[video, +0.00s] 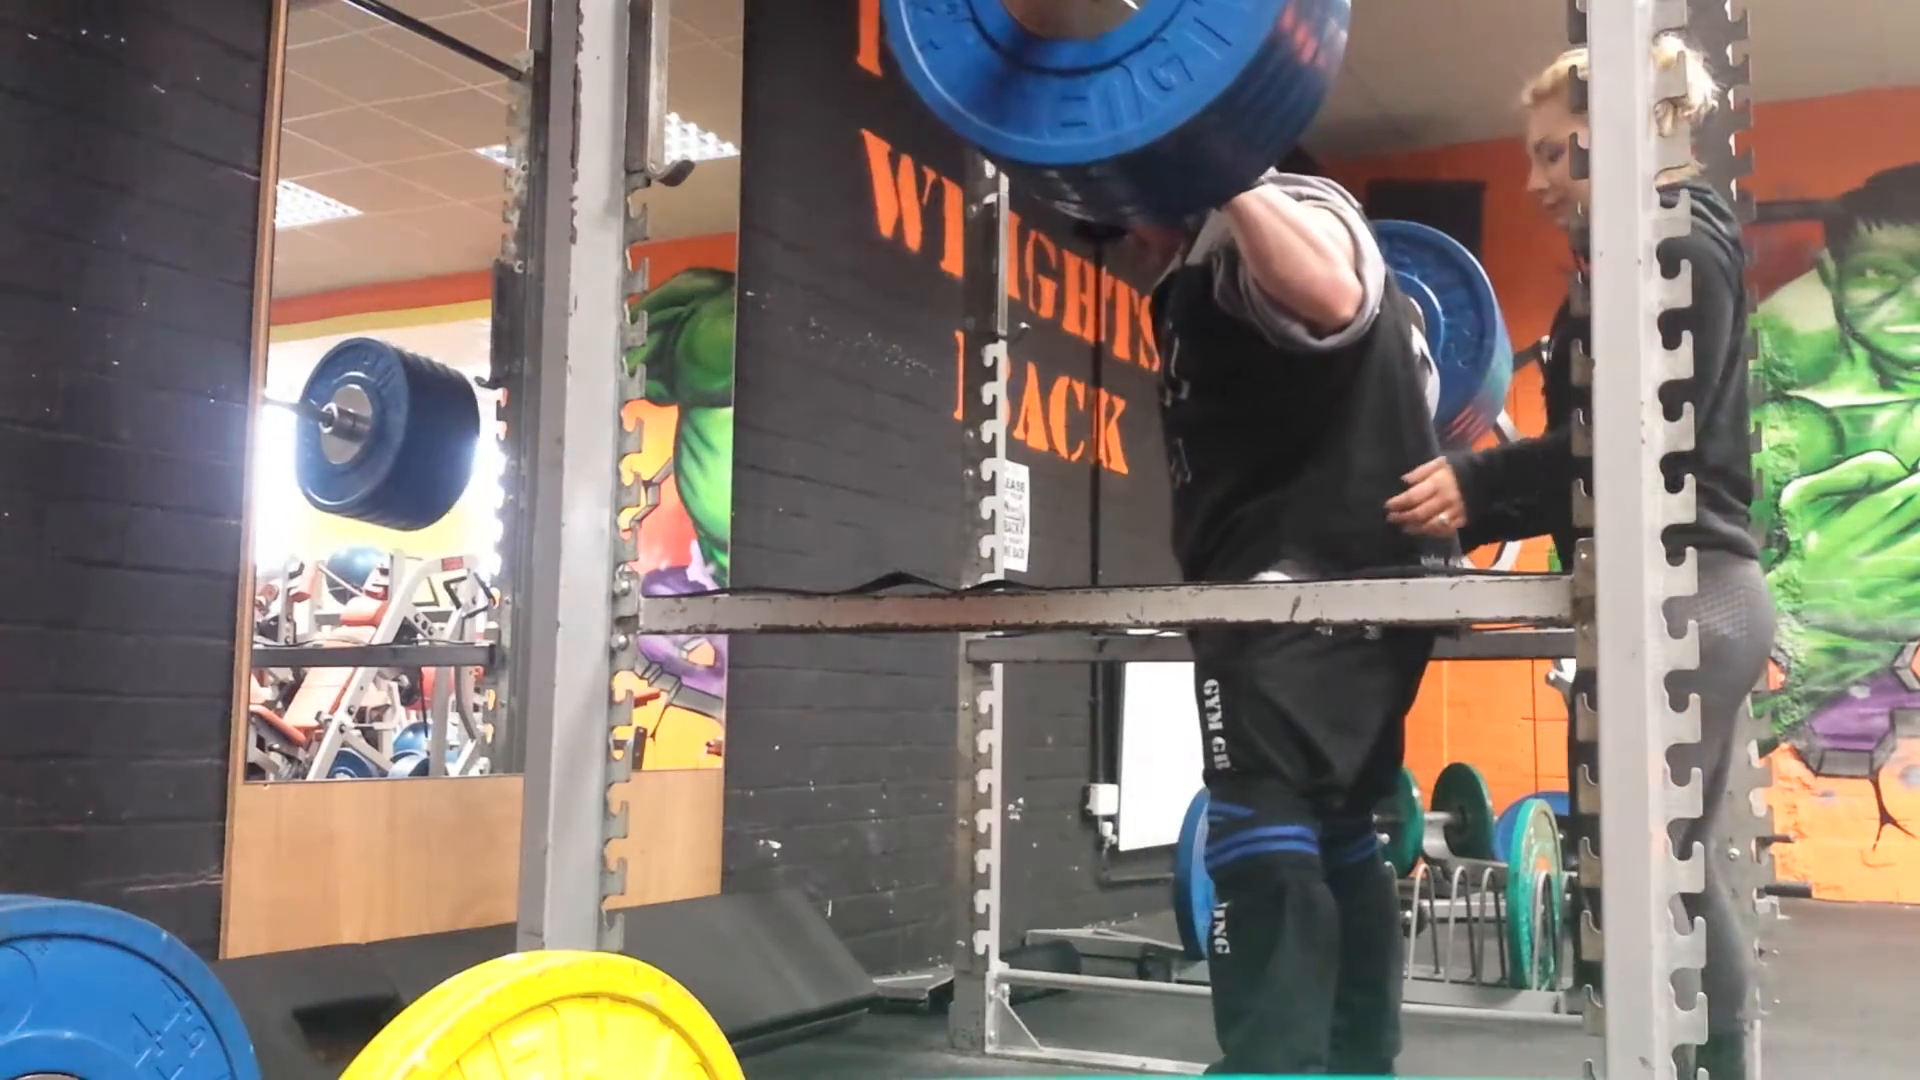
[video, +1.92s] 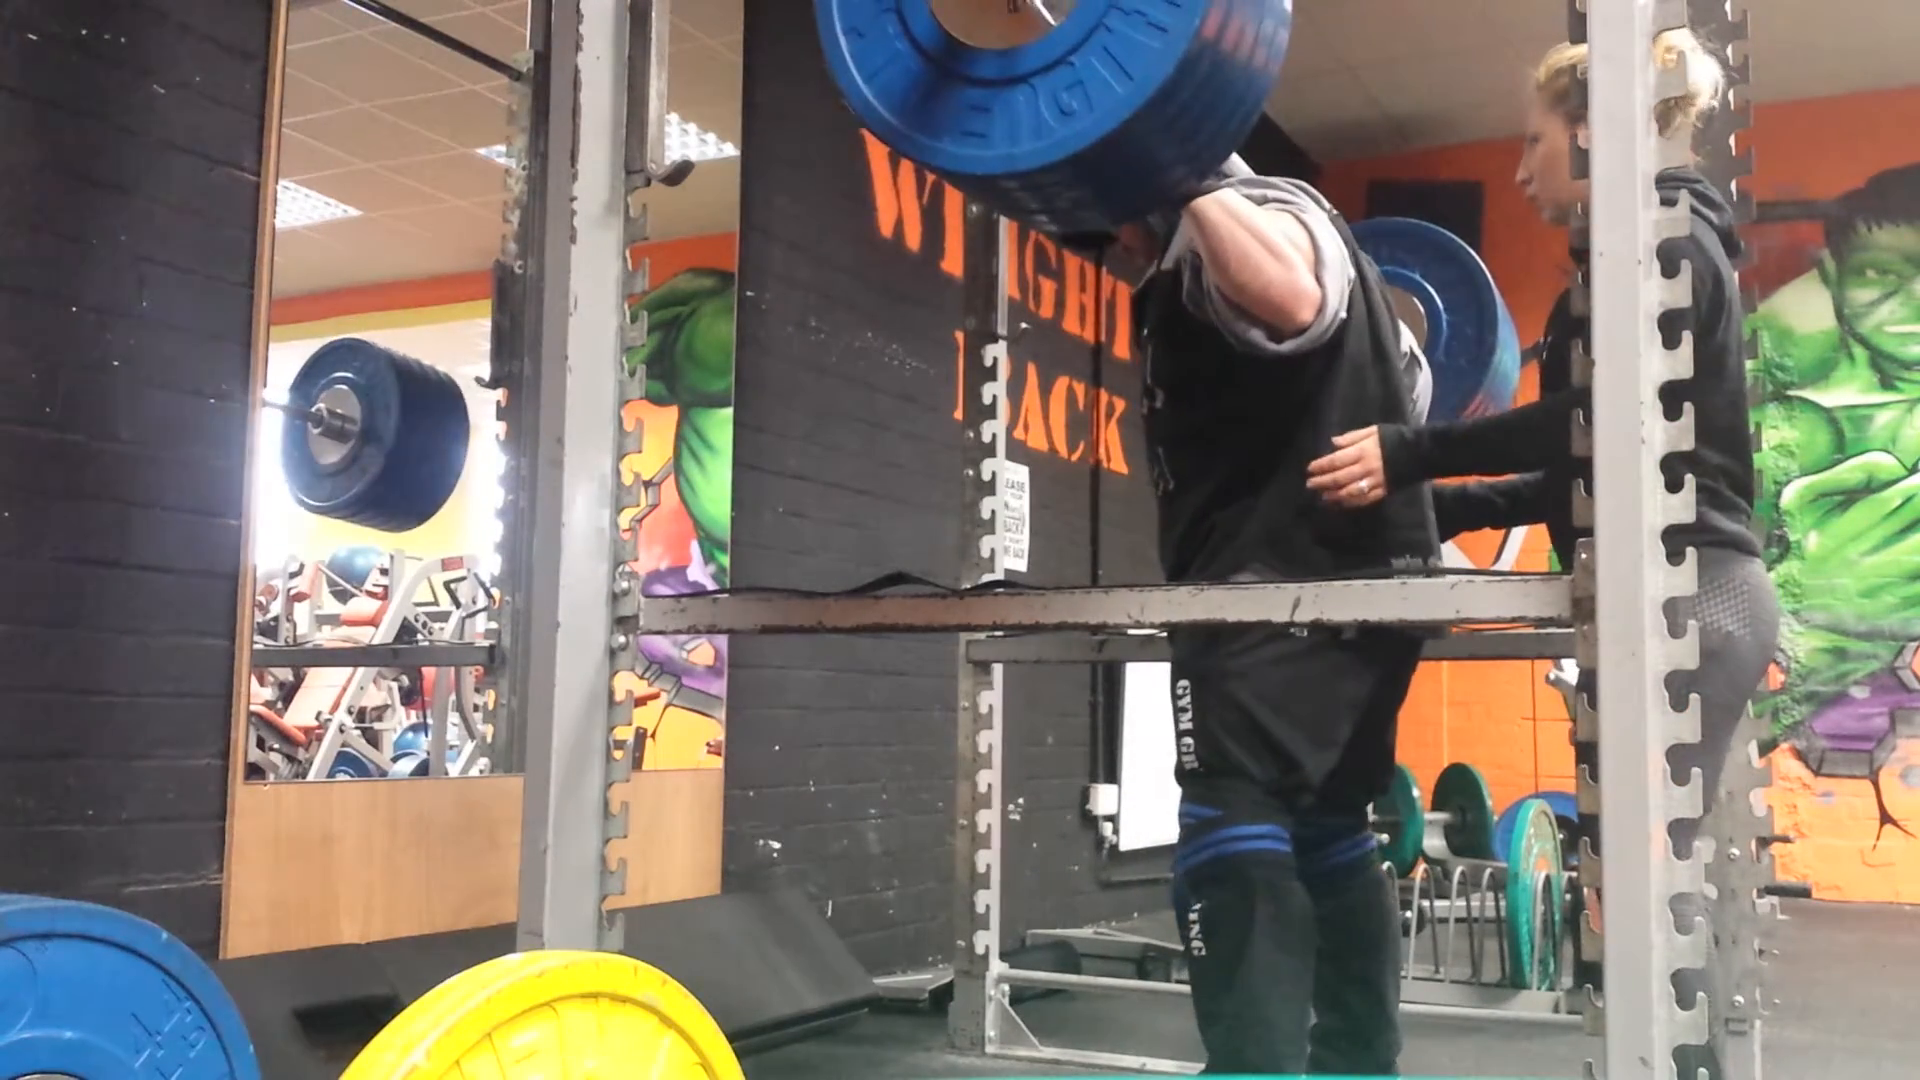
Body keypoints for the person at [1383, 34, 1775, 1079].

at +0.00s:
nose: (1536, 181)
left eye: (1556, 153)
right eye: (1532, 158)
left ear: (1620, 144)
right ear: (1580, 153)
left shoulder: (1665, 249)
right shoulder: (1652, 243)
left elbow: (1633, 439)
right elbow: (1603, 437)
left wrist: (1486, 489)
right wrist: (1485, 482)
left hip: (1679, 593)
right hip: (1678, 587)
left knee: (1652, 863)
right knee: (1686, 862)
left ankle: (1679, 1063)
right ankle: (1708, 1059)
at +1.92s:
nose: (1521, 169)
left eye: (1533, 143)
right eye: (1524, 145)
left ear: (1592, 140)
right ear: (1585, 143)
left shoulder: (1652, 241)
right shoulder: (1650, 250)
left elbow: (1591, 422)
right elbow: (1593, 475)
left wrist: (1406, 453)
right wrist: (1445, 508)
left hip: (1683, 584)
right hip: (1695, 584)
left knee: (1643, 862)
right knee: (1666, 859)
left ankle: (1665, 1061)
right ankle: (1700, 1056)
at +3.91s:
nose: (1461, 263)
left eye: (1471, 233)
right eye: (1460, 238)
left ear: (1534, 217)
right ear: (1535, 221)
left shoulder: (1588, 313)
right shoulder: (1608, 309)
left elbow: (1570, 481)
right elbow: (1565, 516)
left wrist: (1397, 549)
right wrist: (1405, 549)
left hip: (1722, 631)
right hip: (1735, 630)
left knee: (1566, 837)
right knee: (1576, 836)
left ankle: (1646, 1044)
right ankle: (1655, 1042)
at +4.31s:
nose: (1472, 341)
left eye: (1483, 314)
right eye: (1475, 317)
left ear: (1543, 311)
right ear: (1543, 314)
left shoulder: (1588, 425)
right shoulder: (1586, 421)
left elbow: (1562, 629)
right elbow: (1549, 620)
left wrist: (1384, 665)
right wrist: (1387, 654)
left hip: (1746, 747)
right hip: (1707, 741)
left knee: (1553, 893)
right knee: (1540, 885)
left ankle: (1655, 1065)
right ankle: (1660, 1061)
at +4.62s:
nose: (1482, 381)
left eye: (1496, 355)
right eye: (1487, 358)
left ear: (1559, 356)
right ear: (1557, 359)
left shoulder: (1596, 461)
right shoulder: (1580, 466)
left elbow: (1574, 661)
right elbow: (1564, 661)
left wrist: (1379, 709)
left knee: (1547, 907)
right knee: (1531, 887)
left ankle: (1657, 1067)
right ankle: (1666, 1062)